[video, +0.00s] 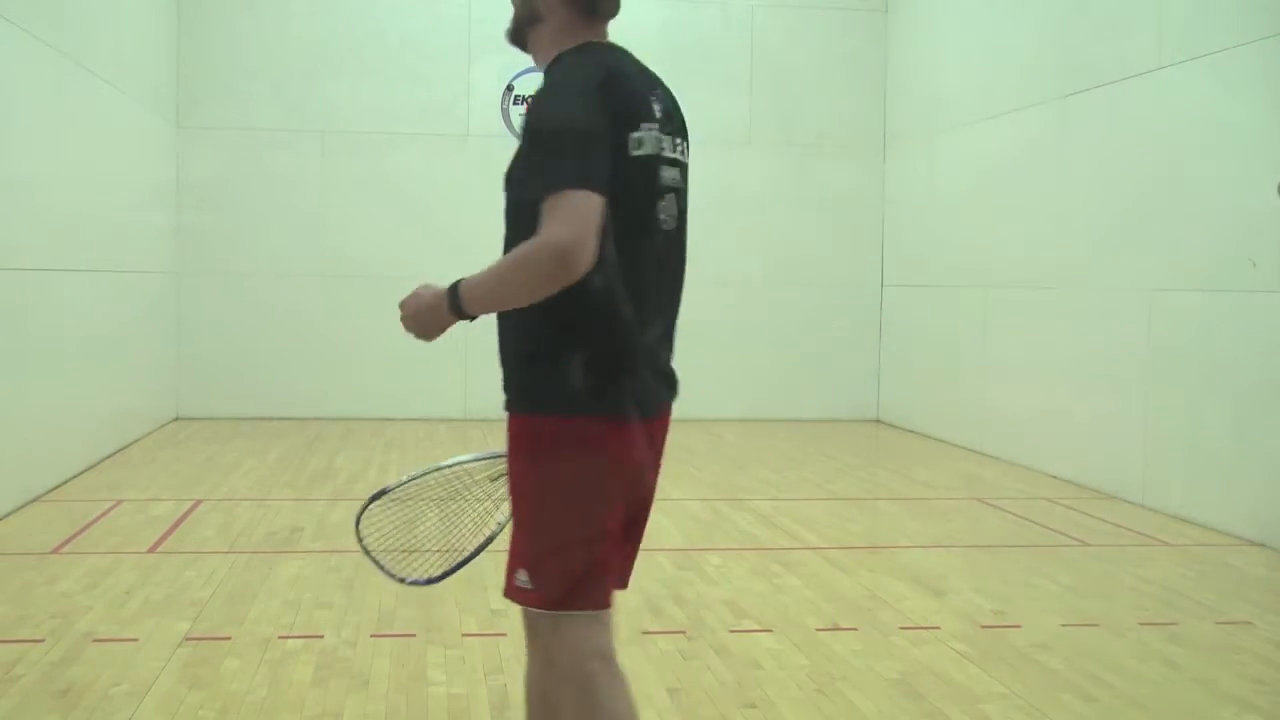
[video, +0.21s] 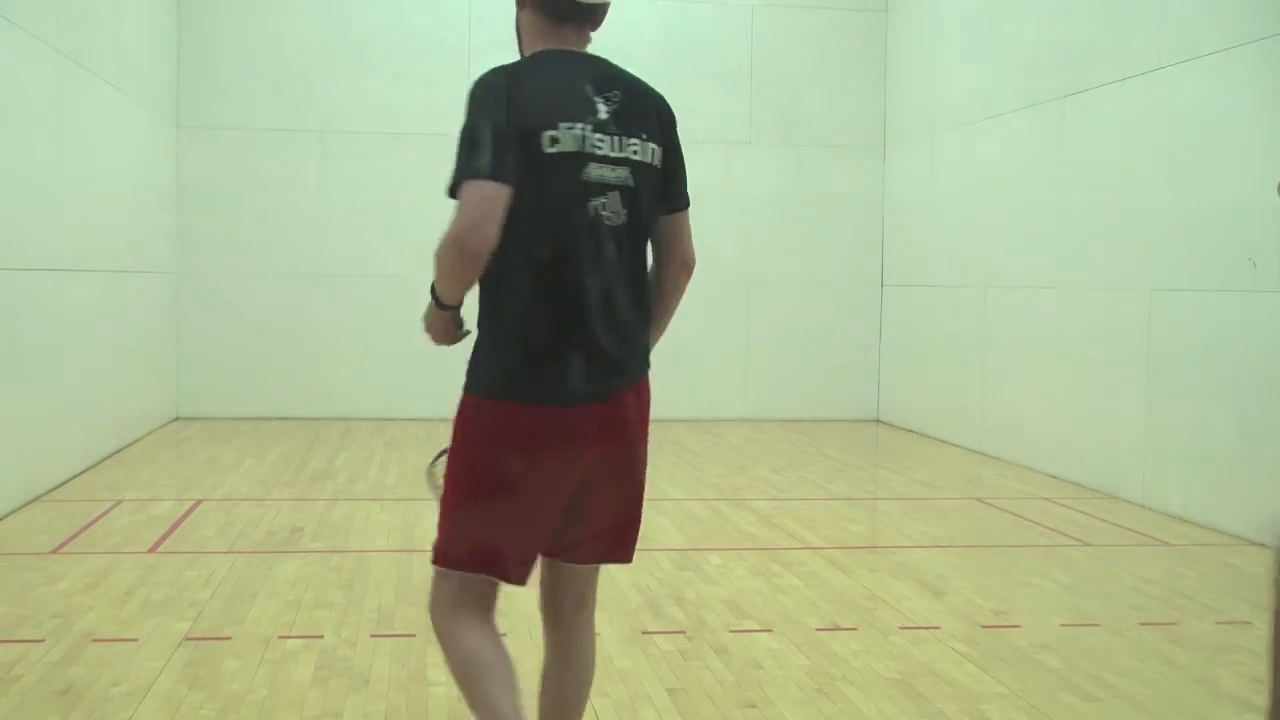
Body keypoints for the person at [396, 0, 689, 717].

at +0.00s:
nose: (512, 9)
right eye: (517, 1)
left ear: (539, 5)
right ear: (603, 9)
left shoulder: (578, 83)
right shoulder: (647, 91)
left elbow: (566, 247)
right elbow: (629, 274)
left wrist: (452, 300)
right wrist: (540, 405)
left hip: (576, 406)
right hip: (623, 399)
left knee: (570, 632)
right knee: (561, 620)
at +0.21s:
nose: (518, 18)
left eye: (518, 11)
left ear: (522, 10)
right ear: (596, 20)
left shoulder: (504, 90)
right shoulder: (651, 106)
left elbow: (475, 235)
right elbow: (678, 259)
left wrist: (444, 301)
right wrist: (632, 347)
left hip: (518, 389)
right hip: (615, 392)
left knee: (462, 604)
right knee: (572, 606)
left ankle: (509, 714)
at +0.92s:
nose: (555, 89)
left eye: (553, 80)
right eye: (556, 79)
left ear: (486, 71)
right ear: (546, 74)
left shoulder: (425, 127)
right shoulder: (556, 136)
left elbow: (393, 250)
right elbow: (583, 263)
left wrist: (445, 299)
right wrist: (602, 364)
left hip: (440, 364)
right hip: (525, 366)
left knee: (445, 543)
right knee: (525, 530)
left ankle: (451, 705)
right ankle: (510, 679)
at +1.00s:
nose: (560, 96)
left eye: (557, 86)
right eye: (562, 86)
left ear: (493, 75)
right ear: (551, 81)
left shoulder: (430, 130)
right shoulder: (556, 141)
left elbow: (389, 247)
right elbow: (578, 261)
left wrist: (437, 299)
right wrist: (598, 348)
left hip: (439, 364)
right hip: (522, 368)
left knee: (445, 537)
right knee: (525, 525)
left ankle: (451, 704)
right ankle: (505, 686)